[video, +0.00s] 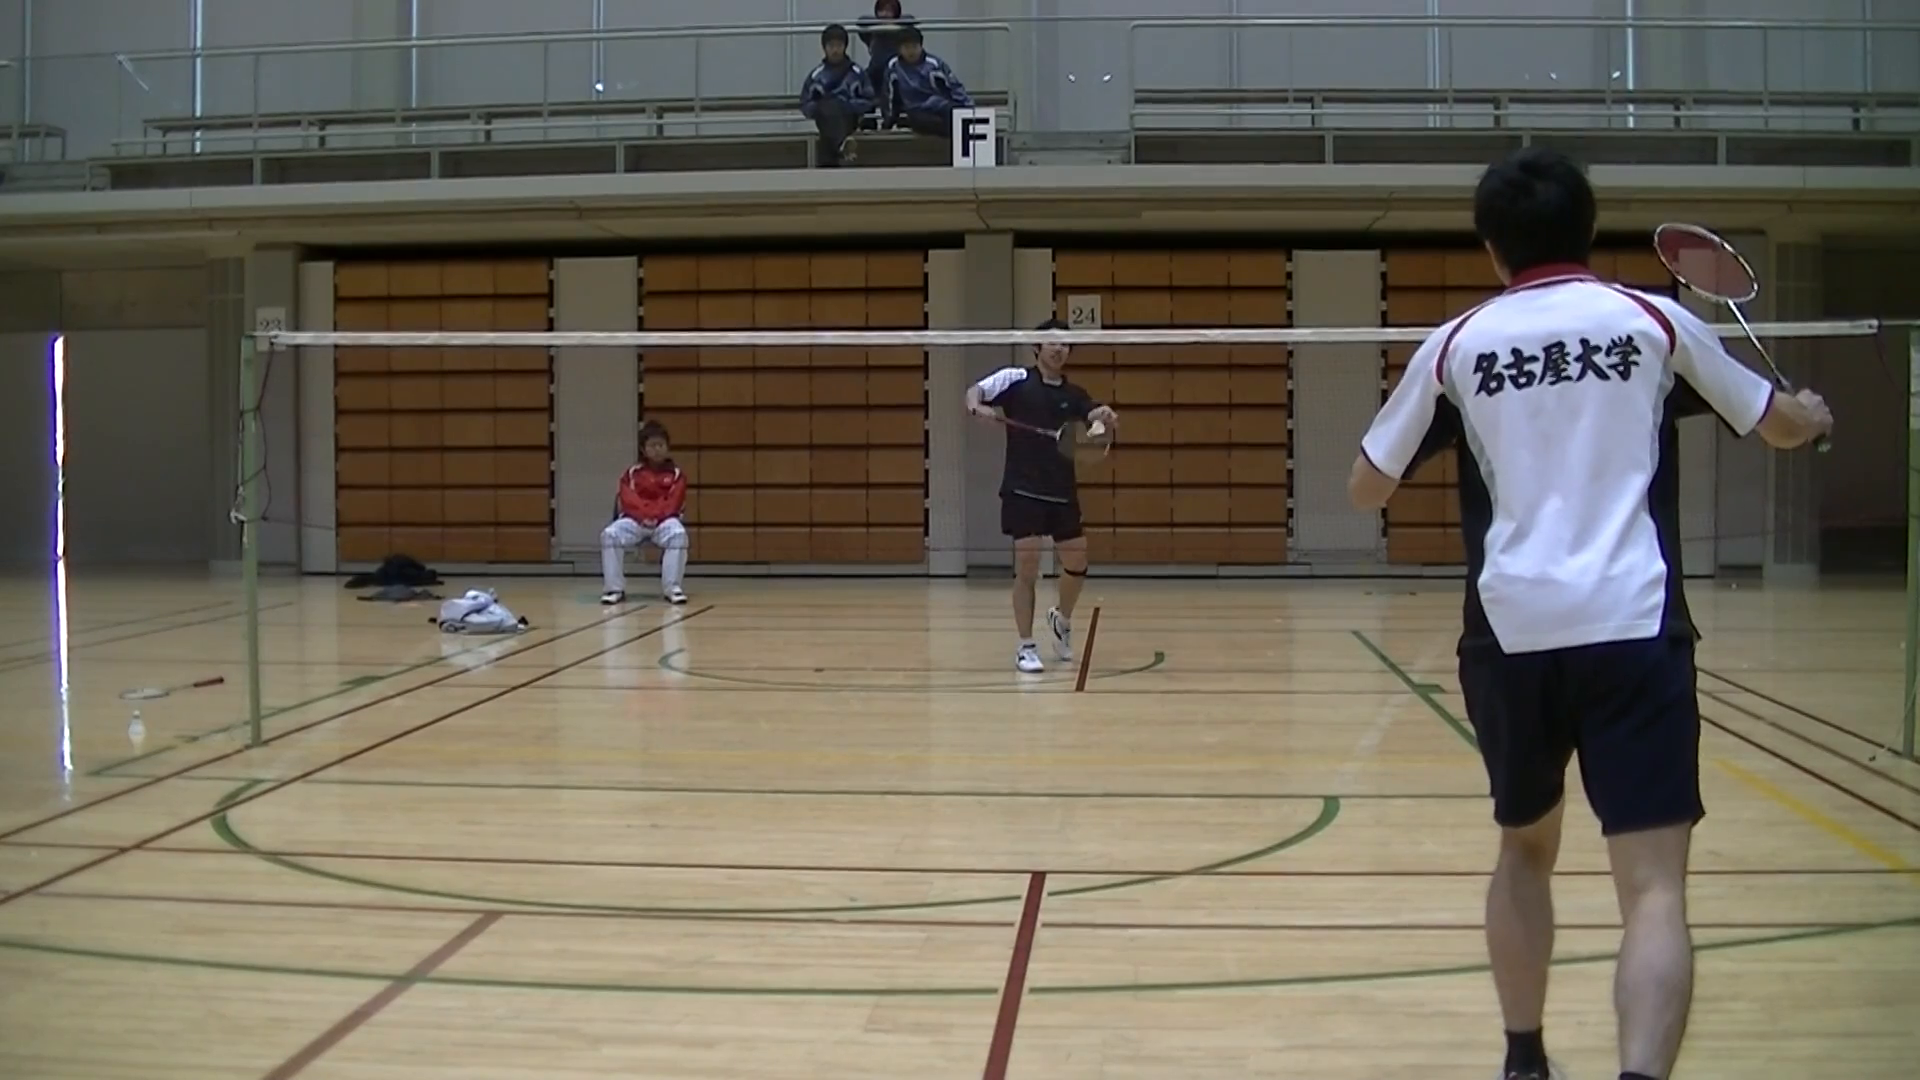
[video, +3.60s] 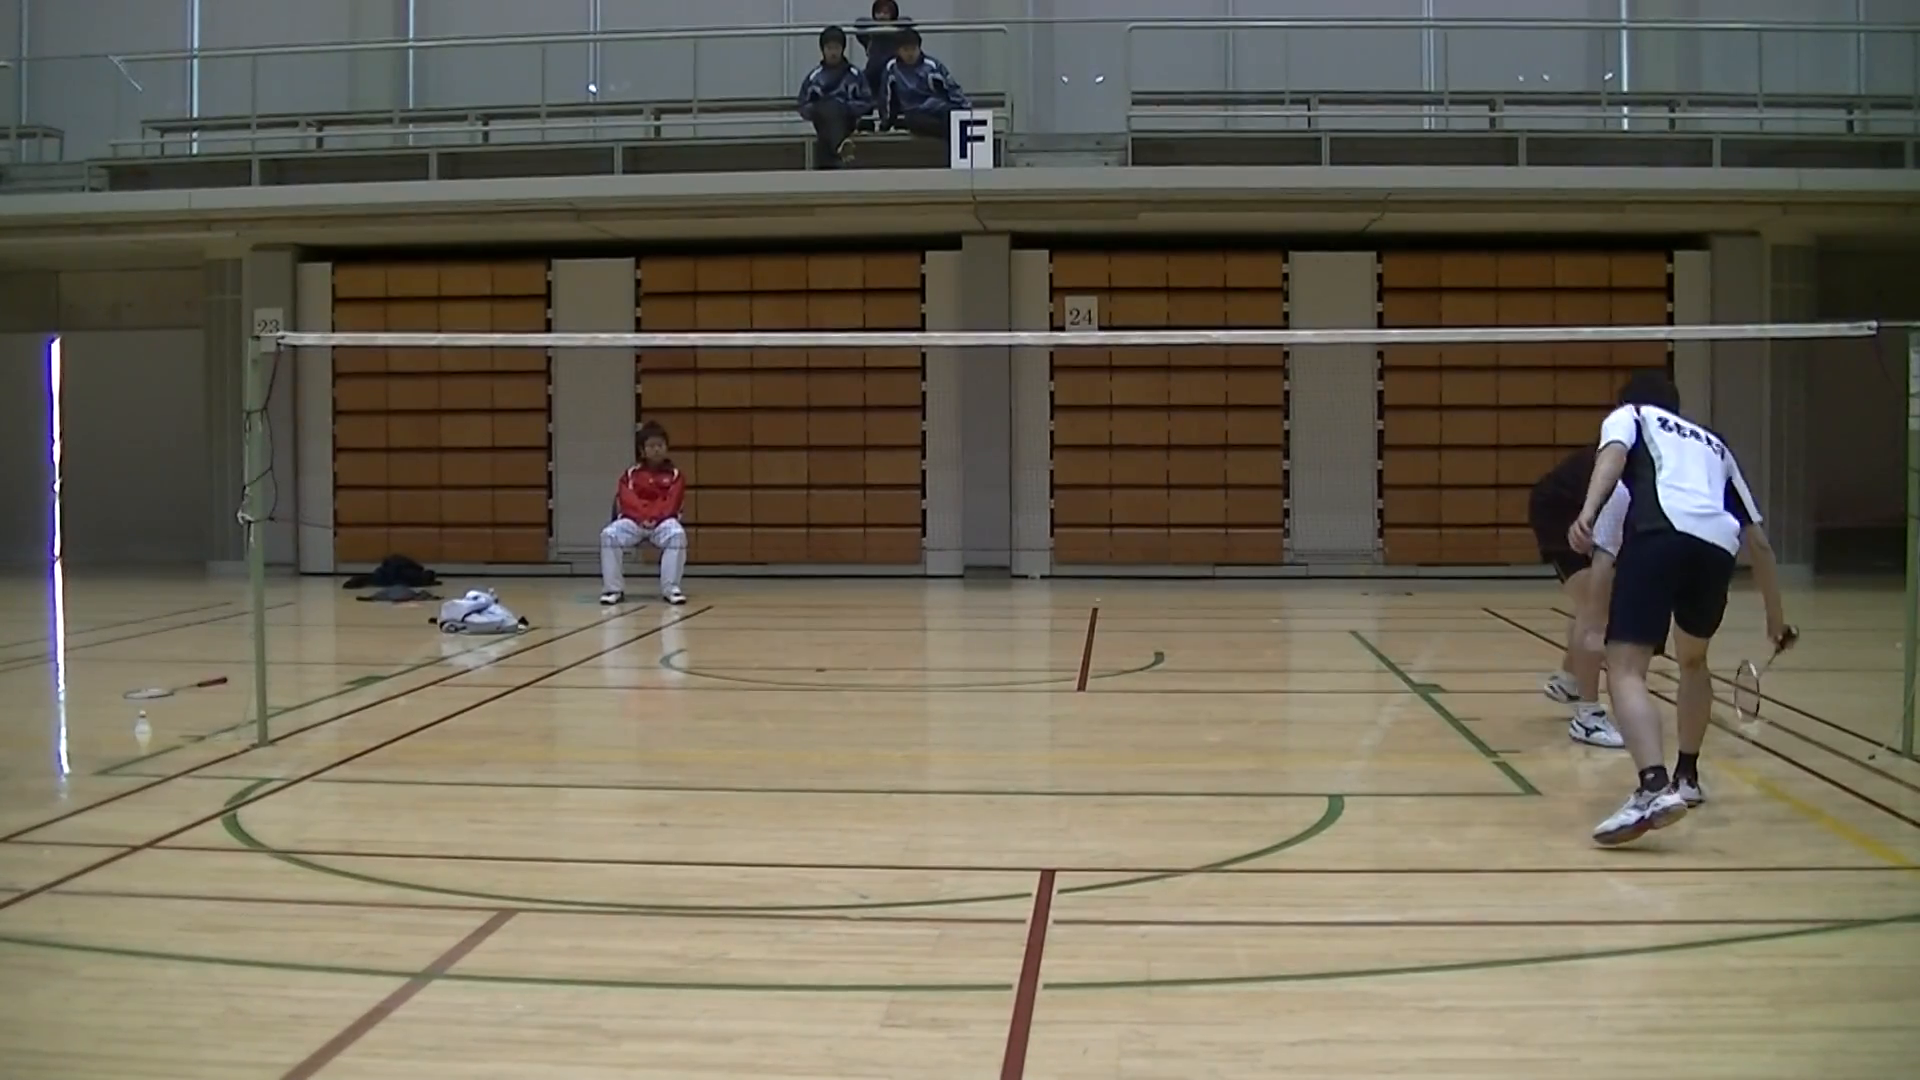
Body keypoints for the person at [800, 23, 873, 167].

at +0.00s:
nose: (835, 50)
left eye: (839, 45)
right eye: (831, 45)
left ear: (845, 47)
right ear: (824, 48)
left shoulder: (857, 72)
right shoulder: (815, 75)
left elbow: (869, 102)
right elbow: (806, 106)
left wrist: (844, 105)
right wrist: (822, 106)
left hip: (850, 119)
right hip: (824, 120)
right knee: (830, 105)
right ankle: (841, 143)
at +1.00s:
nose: (842, 50)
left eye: (846, 45)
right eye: (838, 46)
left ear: (852, 47)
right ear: (832, 48)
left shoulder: (866, 74)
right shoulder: (823, 76)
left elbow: (876, 103)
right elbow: (814, 105)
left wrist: (846, 103)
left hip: (860, 120)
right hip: (831, 120)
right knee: (835, 105)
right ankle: (851, 142)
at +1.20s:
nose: (877, 51)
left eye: (881, 46)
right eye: (873, 46)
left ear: (888, 47)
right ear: (867, 48)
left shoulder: (902, 74)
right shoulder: (859, 76)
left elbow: (914, 103)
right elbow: (851, 104)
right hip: (870, 125)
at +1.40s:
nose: (867, 49)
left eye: (871, 44)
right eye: (864, 44)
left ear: (878, 45)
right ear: (857, 46)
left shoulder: (890, 72)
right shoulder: (849, 73)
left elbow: (902, 101)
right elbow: (838, 102)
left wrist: (878, 104)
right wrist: (854, 109)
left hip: (884, 121)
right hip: (858, 122)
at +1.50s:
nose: (851, 50)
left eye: (855, 45)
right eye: (847, 45)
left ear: (861, 47)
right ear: (840, 47)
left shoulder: (875, 76)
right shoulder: (830, 77)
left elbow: (886, 102)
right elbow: (822, 104)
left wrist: (862, 105)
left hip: (869, 119)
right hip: (840, 119)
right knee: (850, 106)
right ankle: (861, 144)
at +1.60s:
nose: (838, 50)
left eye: (842, 44)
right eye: (833, 44)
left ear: (848, 46)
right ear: (827, 47)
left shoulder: (861, 74)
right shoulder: (818, 75)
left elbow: (872, 101)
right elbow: (808, 103)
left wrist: (848, 106)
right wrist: (828, 110)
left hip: (855, 126)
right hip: (828, 127)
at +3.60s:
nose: (833, 52)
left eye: (837, 47)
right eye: (829, 48)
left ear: (843, 49)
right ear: (822, 50)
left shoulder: (855, 74)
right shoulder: (813, 76)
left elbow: (867, 103)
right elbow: (803, 107)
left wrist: (843, 108)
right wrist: (823, 109)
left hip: (848, 122)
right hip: (821, 123)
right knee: (830, 106)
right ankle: (840, 145)